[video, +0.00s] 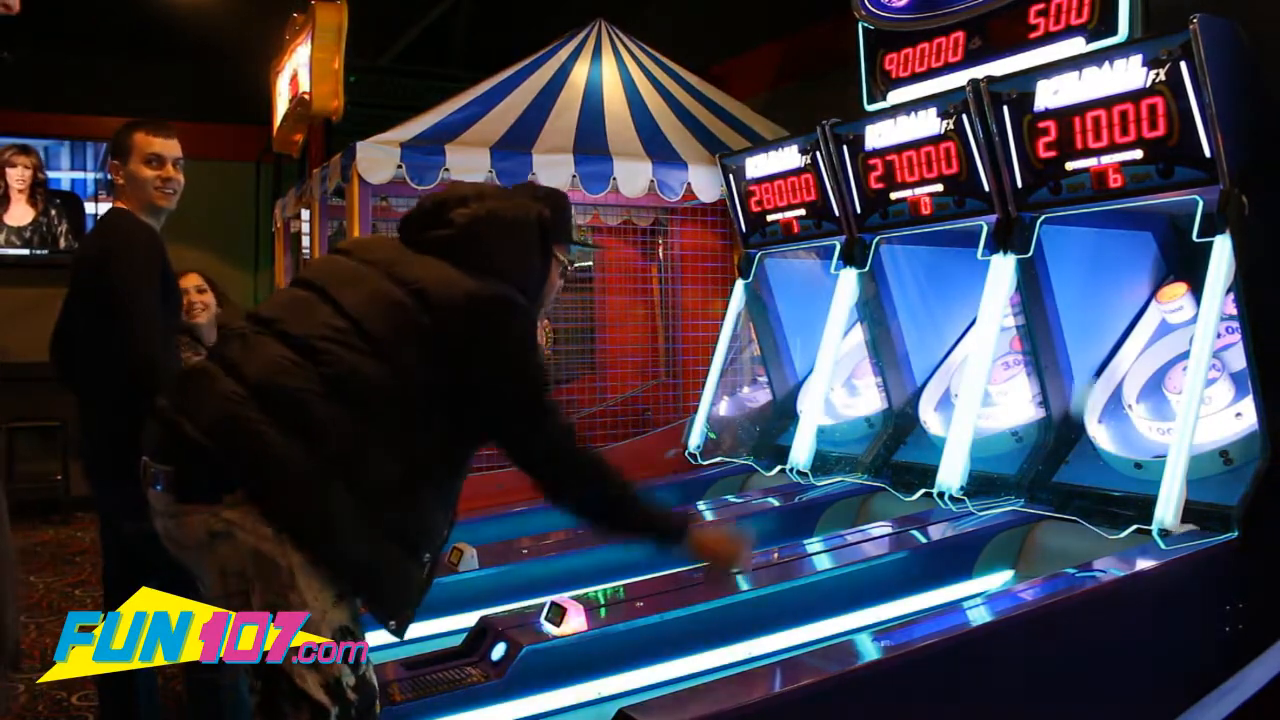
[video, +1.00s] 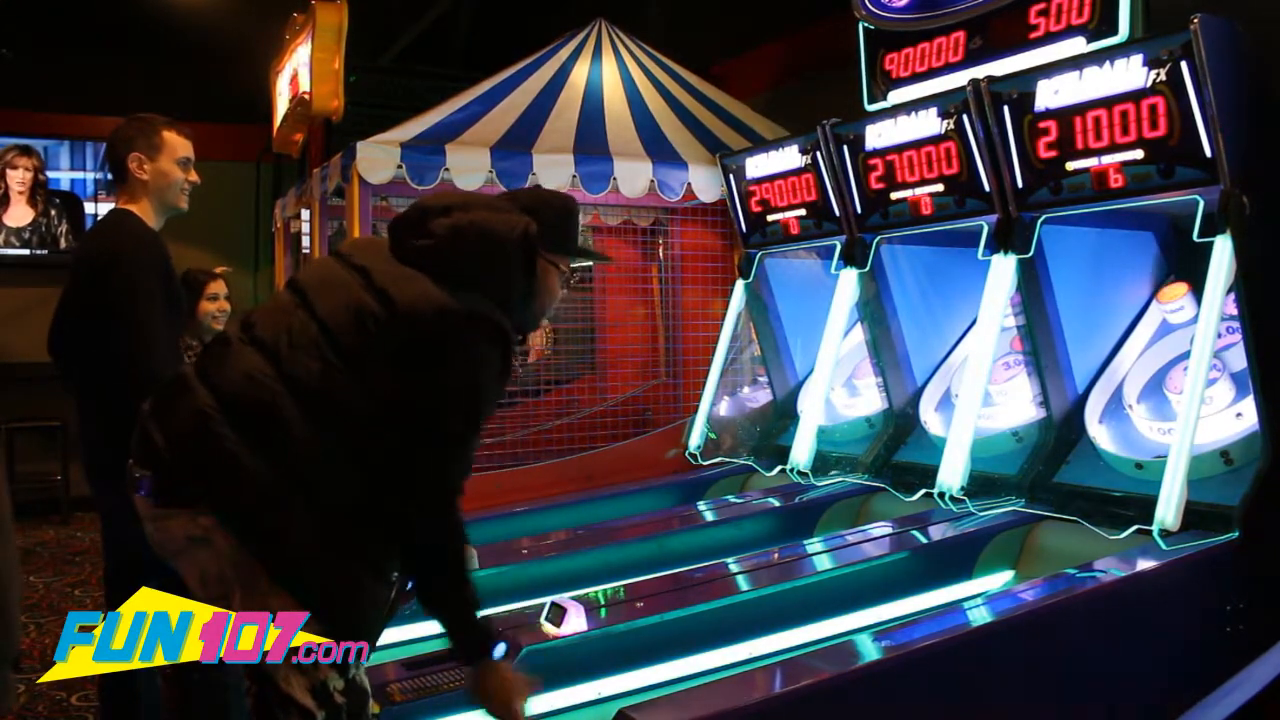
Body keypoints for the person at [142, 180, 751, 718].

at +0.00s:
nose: (556, 281)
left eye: (558, 264)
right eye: (553, 262)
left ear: (455, 234)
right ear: (518, 257)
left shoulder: (364, 258)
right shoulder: (485, 319)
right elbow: (565, 468)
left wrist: (407, 541)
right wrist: (683, 531)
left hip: (185, 474)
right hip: (260, 508)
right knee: (326, 693)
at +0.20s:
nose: (570, 288)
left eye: (573, 273)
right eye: (566, 269)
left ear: (485, 245)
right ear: (525, 258)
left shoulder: (373, 264)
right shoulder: (481, 326)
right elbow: (498, 506)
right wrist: (567, 650)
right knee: (326, 695)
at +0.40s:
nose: (576, 299)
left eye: (581, 283)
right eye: (572, 279)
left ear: (503, 258)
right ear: (528, 266)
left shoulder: (383, 264)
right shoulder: (478, 339)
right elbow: (487, 521)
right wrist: (549, 679)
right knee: (326, 695)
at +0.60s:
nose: (575, 309)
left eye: (580, 292)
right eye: (572, 289)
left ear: (498, 257)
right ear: (535, 279)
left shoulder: (384, 262)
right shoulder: (483, 352)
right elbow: (501, 536)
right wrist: (561, 685)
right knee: (326, 691)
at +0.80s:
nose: (570, 302)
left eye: (575, 285)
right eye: (568, 282)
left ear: (495, 256)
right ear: (529, 270)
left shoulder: (379, 263)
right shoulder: (476, 342)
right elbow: (479, 526)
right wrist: (550, 675)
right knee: (322, 693)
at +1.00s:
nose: (564, 292)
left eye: (568, 276)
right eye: (559, 272)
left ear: (496, 252)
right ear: (518, 260)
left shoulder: (373, 261)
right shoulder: (467, 332)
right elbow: (425, 503)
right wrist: (479, 656)